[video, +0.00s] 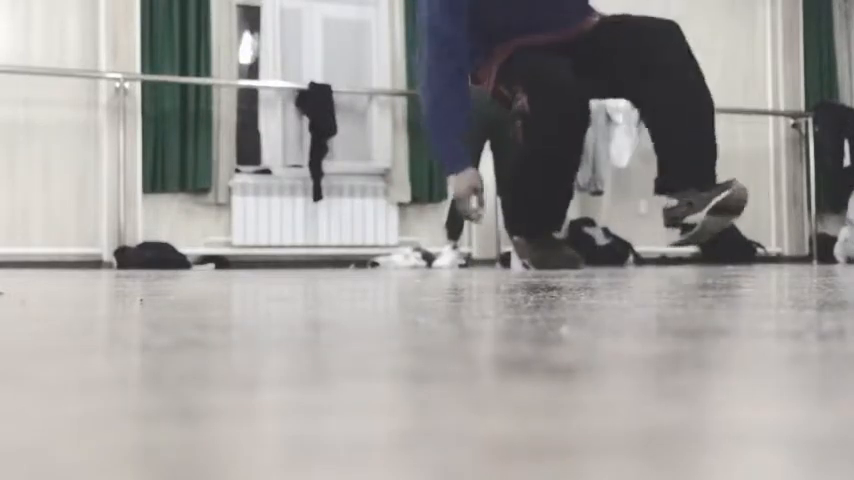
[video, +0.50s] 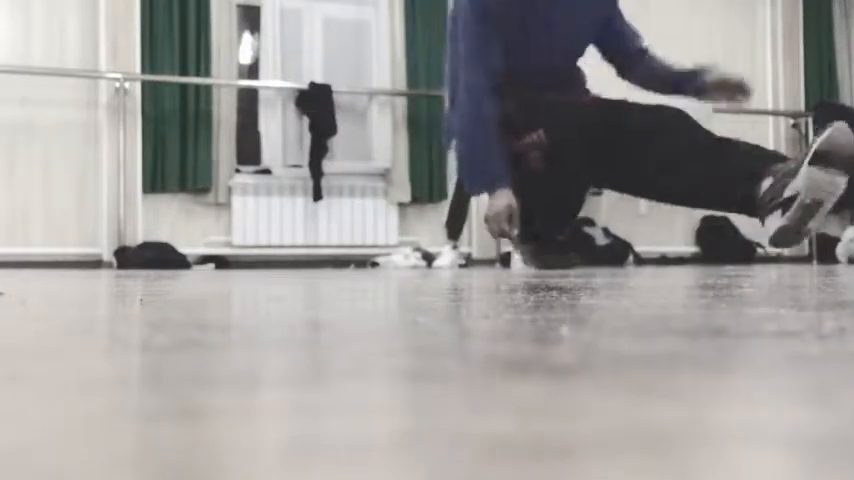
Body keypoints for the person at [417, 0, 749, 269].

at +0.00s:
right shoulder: (445, 6)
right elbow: (442, 65)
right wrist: (458, 165)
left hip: (575, 40)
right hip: (502, 52)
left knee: (660, 40)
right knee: (556, 91)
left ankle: (688, 193)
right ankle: (534, 234)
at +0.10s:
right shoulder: (453, 9)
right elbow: (451, 78)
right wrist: (471, 176)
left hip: (572, 48)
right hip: (497, 63)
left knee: (660, 50)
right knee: (559, 94)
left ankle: (711, 186)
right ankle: (534, 232)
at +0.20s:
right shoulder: (456, 9)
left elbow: (569, 39)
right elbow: (456, 78)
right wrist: (482, 177)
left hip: (571, 63)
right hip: (498, 71)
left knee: (662, 67)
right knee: (556, 96)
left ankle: (732, 184)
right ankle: (533, 236)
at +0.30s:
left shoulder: (569, 5)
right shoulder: (460, 10)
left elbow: (572, 49)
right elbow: (456, 84)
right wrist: (487, 177)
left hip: (568, 77)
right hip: (500, 82)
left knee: (659, 87)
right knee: (546, 112)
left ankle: (748, 183)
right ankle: (531, 235)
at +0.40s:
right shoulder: (470, 7)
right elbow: (461, 80)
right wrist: (487, 179)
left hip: (568, 95)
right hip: (493, 98)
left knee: (664, 110)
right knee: (552, 111)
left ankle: (761, 187)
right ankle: (536, 237)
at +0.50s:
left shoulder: (592, 4)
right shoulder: (479, 6)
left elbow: (633, 60)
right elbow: (471, 88)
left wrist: (698, 84)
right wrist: (492, 184)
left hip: (568, 110)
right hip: (496, 115)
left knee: (660, 130)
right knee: (563, 132)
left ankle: (772, 186)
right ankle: (547, 234)